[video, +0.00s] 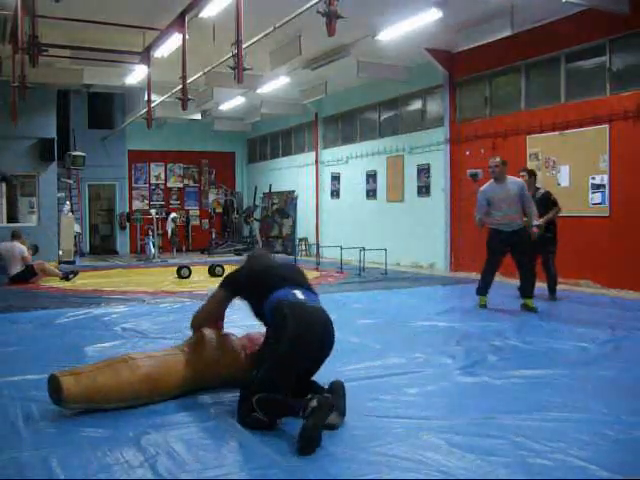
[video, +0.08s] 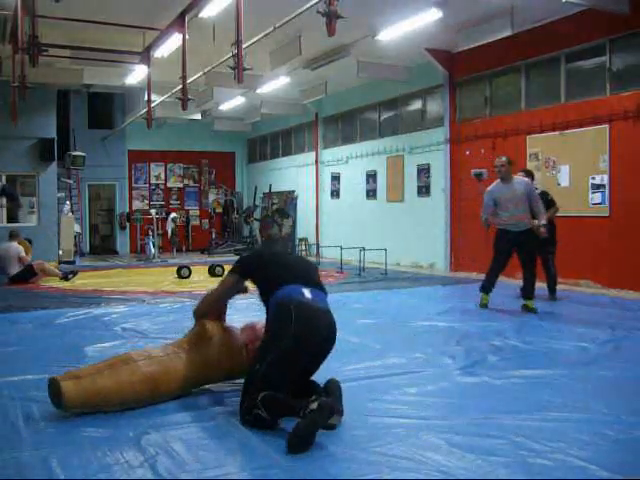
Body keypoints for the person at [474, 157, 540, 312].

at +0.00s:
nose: (493, 170)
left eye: (496, 166)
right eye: (491, 167)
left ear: (504, 167)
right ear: (489, 169)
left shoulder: (519, 185)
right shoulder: (485, 191)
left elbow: (530, 205)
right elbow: (480, 214)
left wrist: (534, 224)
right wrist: (481, 220)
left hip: (519, 230)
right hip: (497, 231)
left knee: (526, 266)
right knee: (491, 264)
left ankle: (527, 298)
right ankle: (482, 295)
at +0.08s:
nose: (499, 170)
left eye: (502, 166)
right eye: (497, 167)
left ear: (510, 167)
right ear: (495, 169)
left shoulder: (526, 184)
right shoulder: (492, 191)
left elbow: (537, 205)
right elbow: (486, 214)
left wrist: (542, 223)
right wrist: (487, 220)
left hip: (525, 230)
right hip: (504, 231)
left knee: (529, 267)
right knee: (497, 264)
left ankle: (528, 299)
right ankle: (485, 293)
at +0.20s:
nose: (504, 170)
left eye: (507, 166)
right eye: (502, 167)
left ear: (516, 166)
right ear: (500, 169)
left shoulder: (531, 184)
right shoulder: (497, 191)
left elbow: (545, 204)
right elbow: (492, 215)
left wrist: (549, 222)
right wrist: (492, 221)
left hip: (531, 229)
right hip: (510, 230)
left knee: (532, 266)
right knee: (506, 263)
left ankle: (529, 300)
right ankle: (492, 290)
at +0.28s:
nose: (509, 169)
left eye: (512, 165)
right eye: (507, 166)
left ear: (521, 167)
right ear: (505, 169)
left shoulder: (536, 183)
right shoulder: (502, 190)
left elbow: (550, 204)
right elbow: (496, 213)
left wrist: (555, 221)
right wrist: (497, 220)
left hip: (535, 229)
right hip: (514, 229)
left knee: (534, 266)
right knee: (512, 264)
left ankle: (529, 300)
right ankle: (505, 293)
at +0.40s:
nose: (512, 168)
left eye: (516, 164)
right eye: (510, 165)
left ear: (524, 166)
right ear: (509, 168)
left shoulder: (539, 183)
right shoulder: (505, 189)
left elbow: (553, 202)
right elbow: (500, 211)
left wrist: (558, 220)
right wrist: (499, 219)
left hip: (538, 229)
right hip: (518, 229)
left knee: (536, 265)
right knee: (519, 264)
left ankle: (530, 299)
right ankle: (521, 298)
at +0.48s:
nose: (516, 168)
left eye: (519, 164)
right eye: (513, 165)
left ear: (528, 165)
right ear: (512, 168)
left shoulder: (542, 183)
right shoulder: (509, 190)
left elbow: (556, 202)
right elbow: (502, 213)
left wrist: (561, 219)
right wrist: (503, 219)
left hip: (541, 230)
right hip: (520, 230)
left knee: (539, 267)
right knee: (525, 267)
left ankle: (530, 299)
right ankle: (527, 302)